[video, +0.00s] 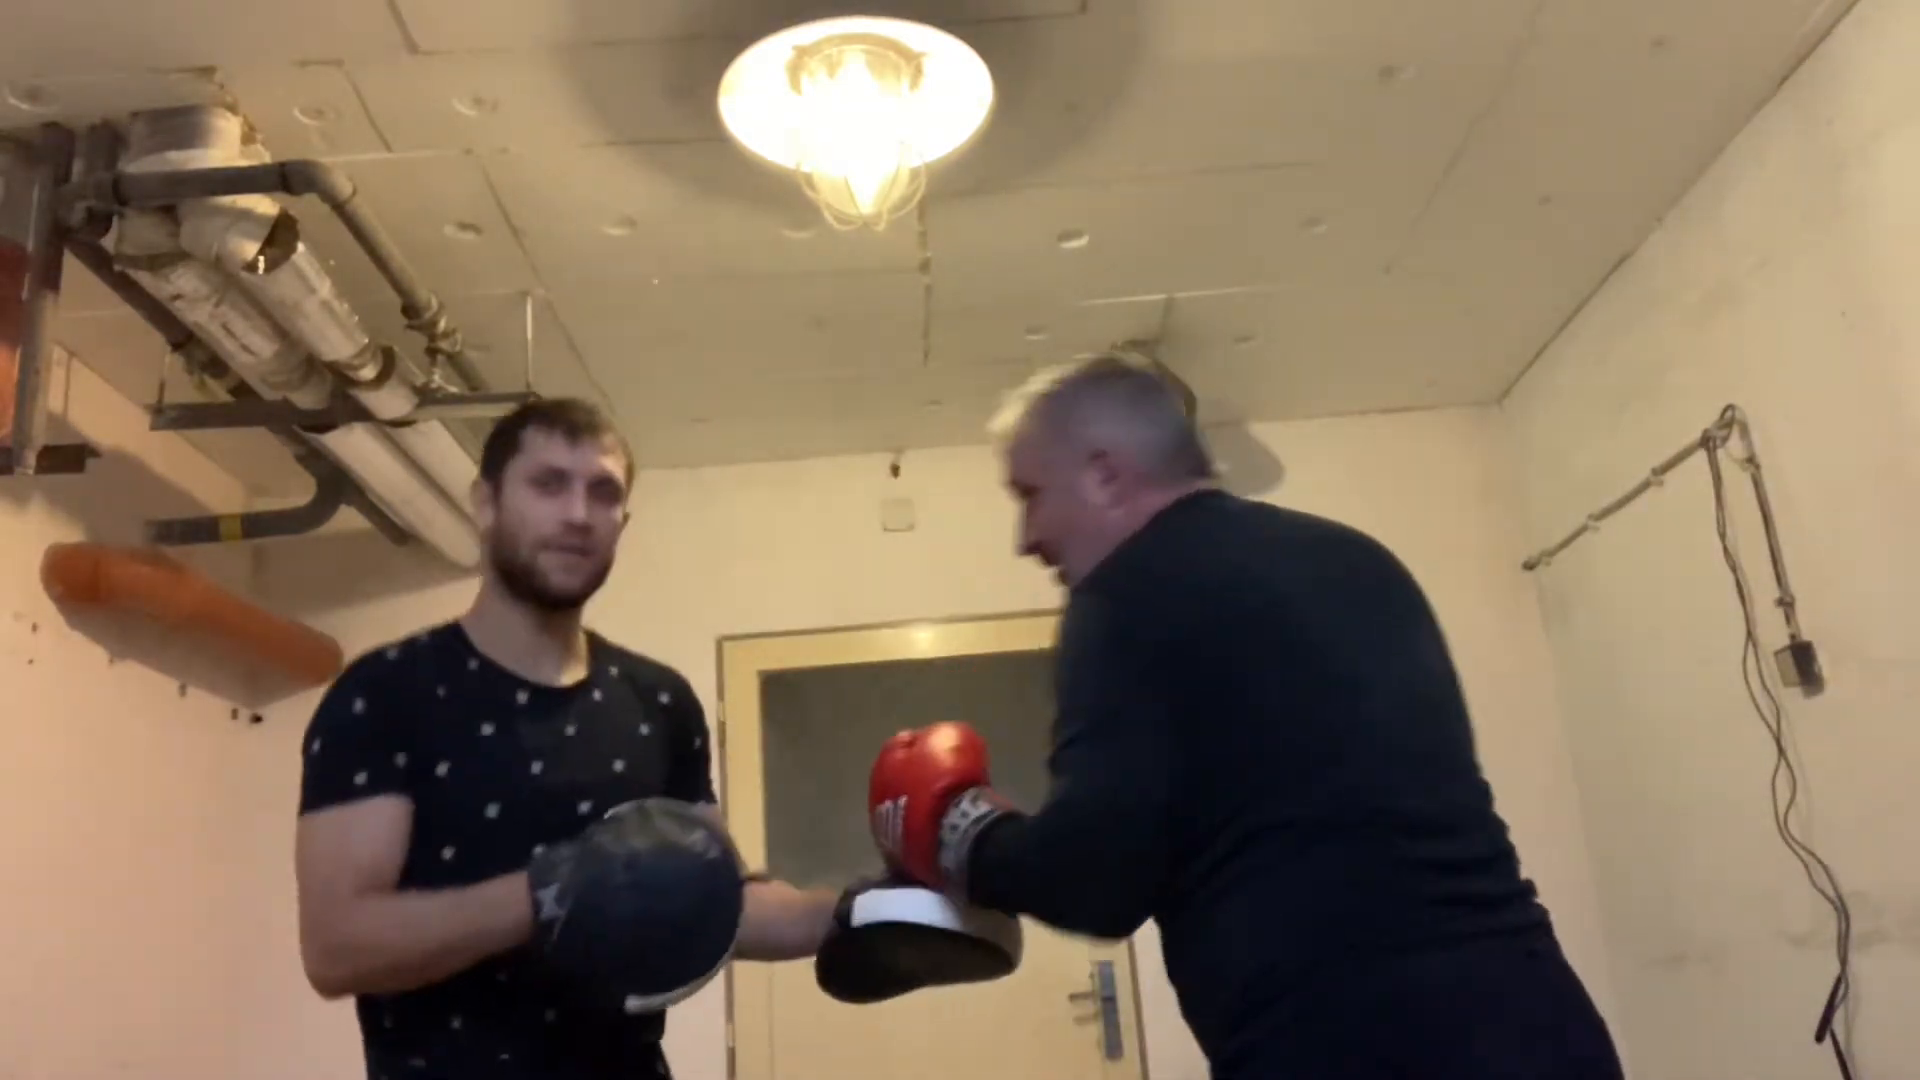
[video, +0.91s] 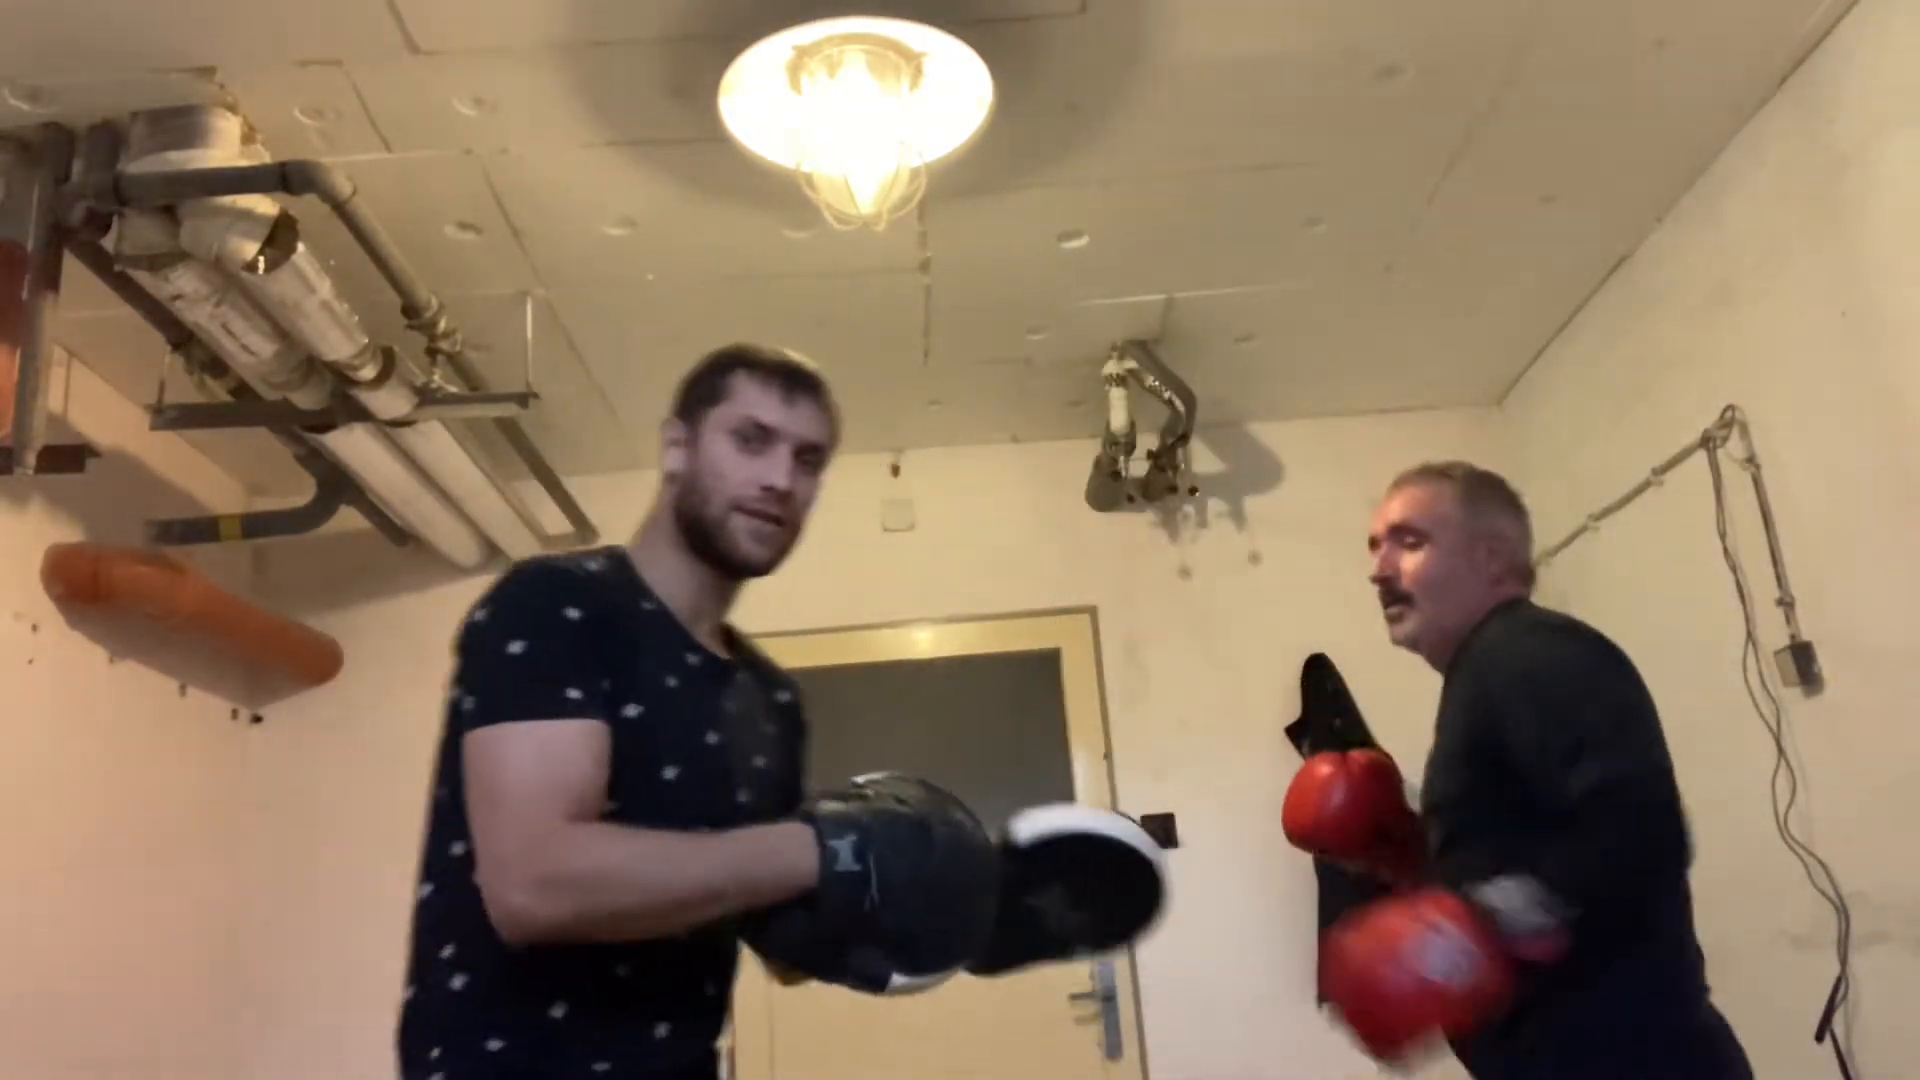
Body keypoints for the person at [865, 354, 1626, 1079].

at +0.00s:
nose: (1026, 539)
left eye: (1030, 495)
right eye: (1019, 504)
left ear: (1106, 473)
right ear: (1123, 474)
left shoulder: (1127, 598)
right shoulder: (1363, 559)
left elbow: (1104, 882)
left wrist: (964, 836)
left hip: (1323, 1041)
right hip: (1534, 1022)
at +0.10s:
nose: (1087, 535)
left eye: (1099, 493)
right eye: (1087, 500)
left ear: (1181, 478)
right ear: (1213, 479)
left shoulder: (1192, 601)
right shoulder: (1411, 580)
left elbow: (1159, 830)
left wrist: (994, 832)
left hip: (1352, 1046)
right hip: (1553, 1033)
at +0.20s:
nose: (1169, 547)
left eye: (1186, 510)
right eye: (1169, 515)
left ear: (1274, 503)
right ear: (1311, 507)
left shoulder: (1275, 617)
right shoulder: (1476, 617)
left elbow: (1246, 827)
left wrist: (1059, 838)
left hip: (1405, 1053)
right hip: (1592, 1041)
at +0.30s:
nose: (1243, 554)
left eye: (1263, 517)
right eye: (1243, 524)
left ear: (1356, 513)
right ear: (1372, 518)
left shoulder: (1354, 631)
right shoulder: (1530, 636)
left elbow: (1366, 840)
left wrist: (1166, 834)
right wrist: (1301, 787)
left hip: (1482, 1054)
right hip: (1647, 1042)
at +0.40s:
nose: (1280, 505)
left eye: (1301, 469)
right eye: (1283, 477)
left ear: (1397, 474)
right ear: (1399, 478)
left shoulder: (1411, 585)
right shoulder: (1522, 585)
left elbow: (1439, 777)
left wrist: (1252, 782)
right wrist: (1334, 739)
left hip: (1527, 1047)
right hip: (1641, 1031)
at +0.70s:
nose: (1366, 532)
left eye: (1394, 499)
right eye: (1370, 507)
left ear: (1485, 512)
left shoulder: (1496, 617)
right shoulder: (1555, 622)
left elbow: (1470, 792)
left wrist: (1283, 786)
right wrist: (1388, 756)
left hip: (1549, 1050)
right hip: (1611, 1041)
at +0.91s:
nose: (1379, 569)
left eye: (1409, 541)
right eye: (1376, 548)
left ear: (1494, 557)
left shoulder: (1538, 655)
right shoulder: (1479, 677)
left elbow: (1634, 842)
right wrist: (1405, 845)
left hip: (1619, 1055)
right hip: (1554, 1056)